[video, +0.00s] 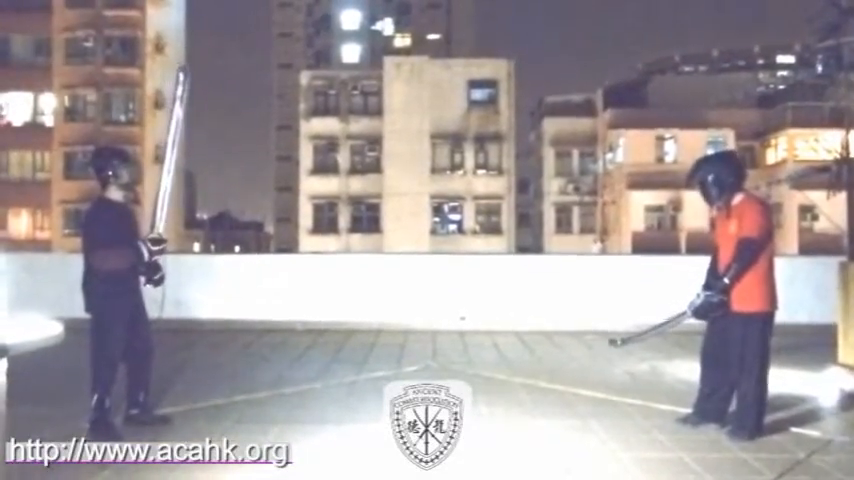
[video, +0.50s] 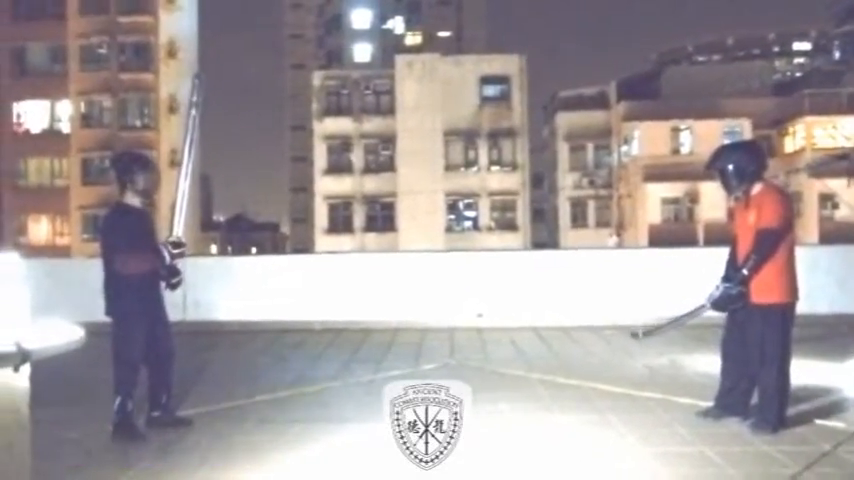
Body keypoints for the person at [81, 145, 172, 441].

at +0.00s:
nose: (132, 175)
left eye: (131, 170)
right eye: (127, 170)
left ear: (114, 173)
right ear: (112, 173)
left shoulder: (125, 211)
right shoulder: (99, 213)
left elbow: (126, 251)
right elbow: (100, 260)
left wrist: (146, 257)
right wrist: (140, 262)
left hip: (128, 292)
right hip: (105, 294)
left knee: (140, 347)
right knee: (108, 352)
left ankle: (138, 407)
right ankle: (100, 415)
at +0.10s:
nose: (137, 174)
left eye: (136, 169)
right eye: (131, 169)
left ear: (118, 174)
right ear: (116, 173)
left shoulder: (127, 212)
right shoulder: (102, 214)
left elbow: (129, 252)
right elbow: (104, 260)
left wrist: (150, 262)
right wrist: (143, 259)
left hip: (131, 292)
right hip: (109, 295)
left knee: (143, 347)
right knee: (111, 352)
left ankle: (142, 407)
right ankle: (103, 414)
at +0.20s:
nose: (142, 174)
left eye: (141, 169)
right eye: (137, 169)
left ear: (124, 174)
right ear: (122, 173)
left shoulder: (132, 213)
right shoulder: (108, 215)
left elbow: (134, 253)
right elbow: (110, 260)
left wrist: (156, 264)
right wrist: (149, 259)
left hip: (137, 294)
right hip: (114, 297)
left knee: (149, 347)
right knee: (117, 353)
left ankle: (147, 406)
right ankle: (109, 414)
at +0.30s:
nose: (146, 177)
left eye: (146, 172)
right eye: (141, 172)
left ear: (129, 176)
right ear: (125, 175)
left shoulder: (136, 215)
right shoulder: (111, 216)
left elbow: (140, 254)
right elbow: (114, 261)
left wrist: (159, 266)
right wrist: (153, 264)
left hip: (141, 296)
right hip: (118, 298)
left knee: (152, 349)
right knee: (121, 354)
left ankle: (152, 407)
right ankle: (114, 415)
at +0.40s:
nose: (150, 180)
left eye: (149, 175)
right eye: (145, 175)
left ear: (131, 178)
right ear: (129, 177)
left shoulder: (139, 217)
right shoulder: (115, 218)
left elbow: (143, 254)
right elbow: (118, 263)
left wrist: (162, 266)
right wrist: (157, 265)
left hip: (145, 298)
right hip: (123, 300)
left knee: (157, 349)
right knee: (125, 354)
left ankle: (156, 408)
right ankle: (119, 414)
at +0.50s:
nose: (155, 182)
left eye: (154, 177)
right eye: (150, 176)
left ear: (134, 180)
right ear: (133, 179)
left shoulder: (142, 216)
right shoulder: (119, 218)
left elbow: (145, 256)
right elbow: (122, 263)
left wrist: (165, 261)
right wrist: (161, 264)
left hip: (149, 297)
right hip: (126, 300)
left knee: (161, 350)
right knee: (129, 354)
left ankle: (160, 408)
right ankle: (122, 414)